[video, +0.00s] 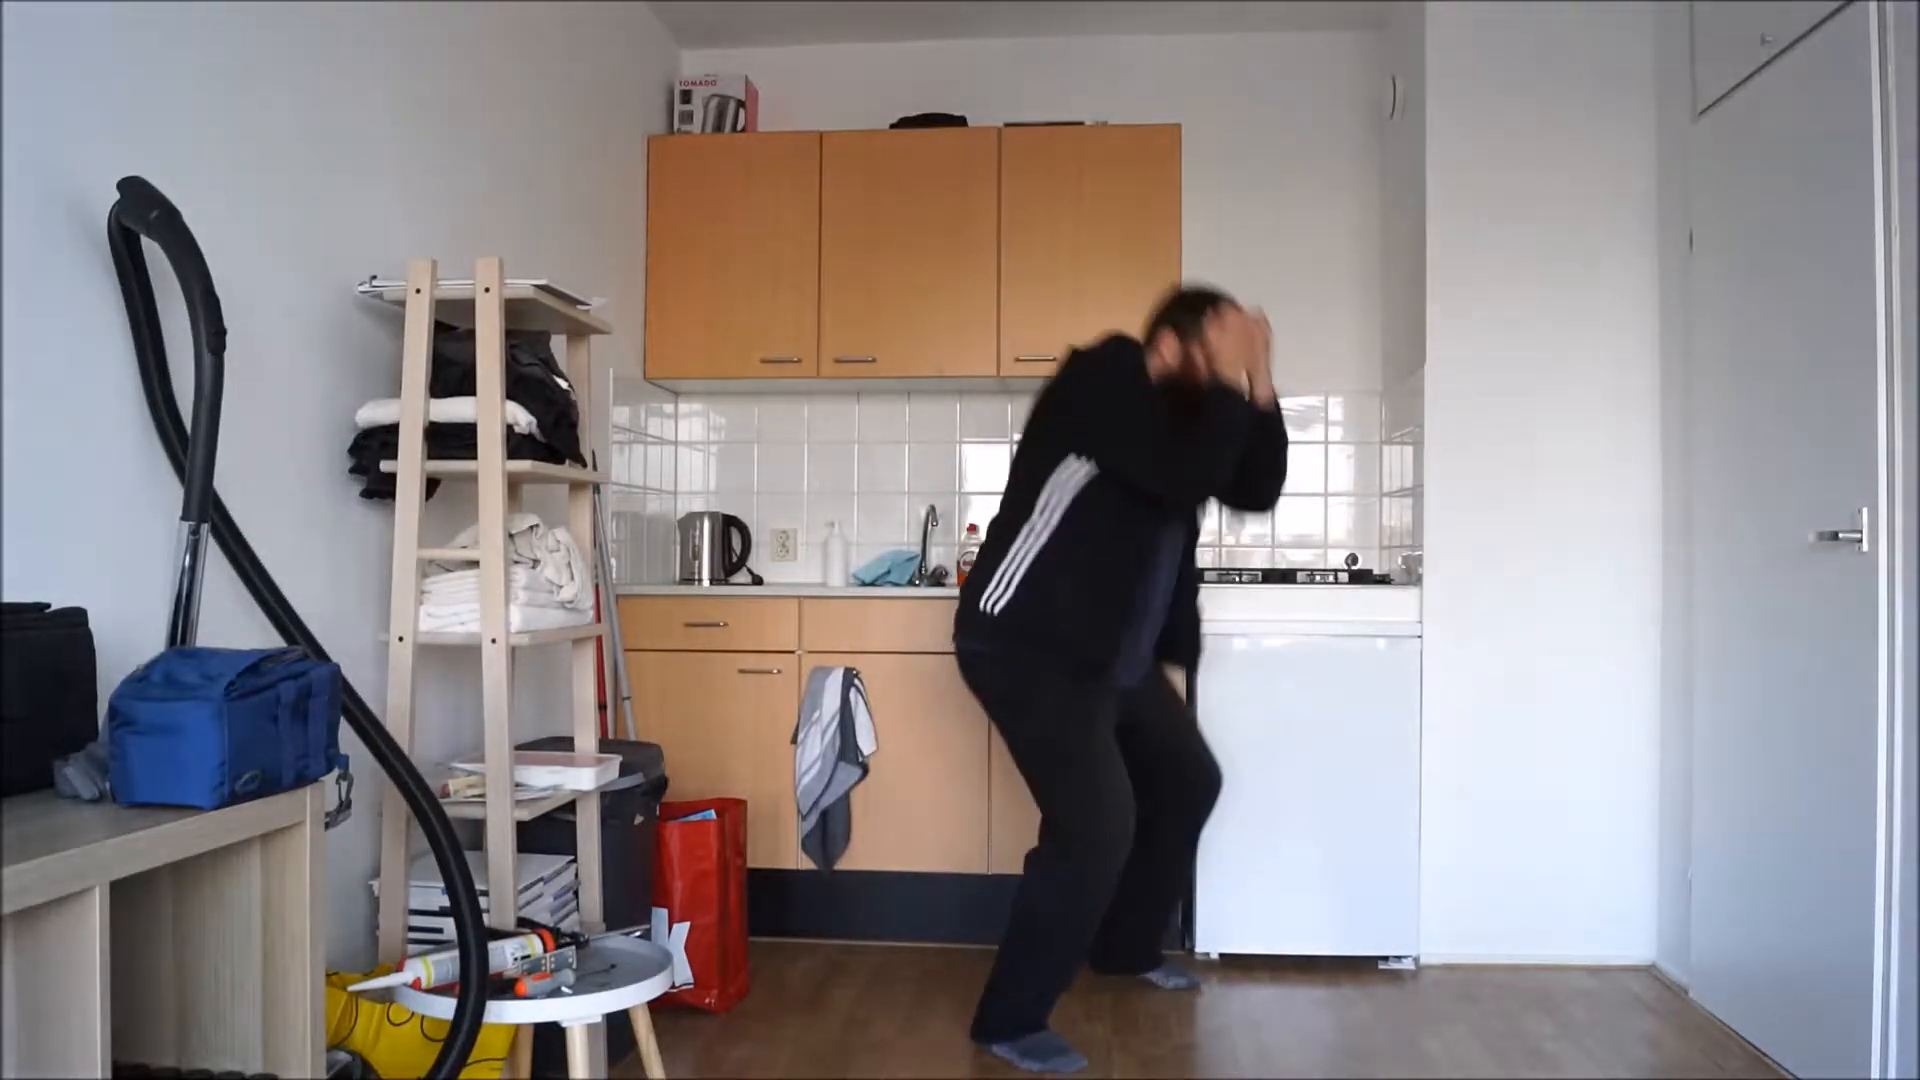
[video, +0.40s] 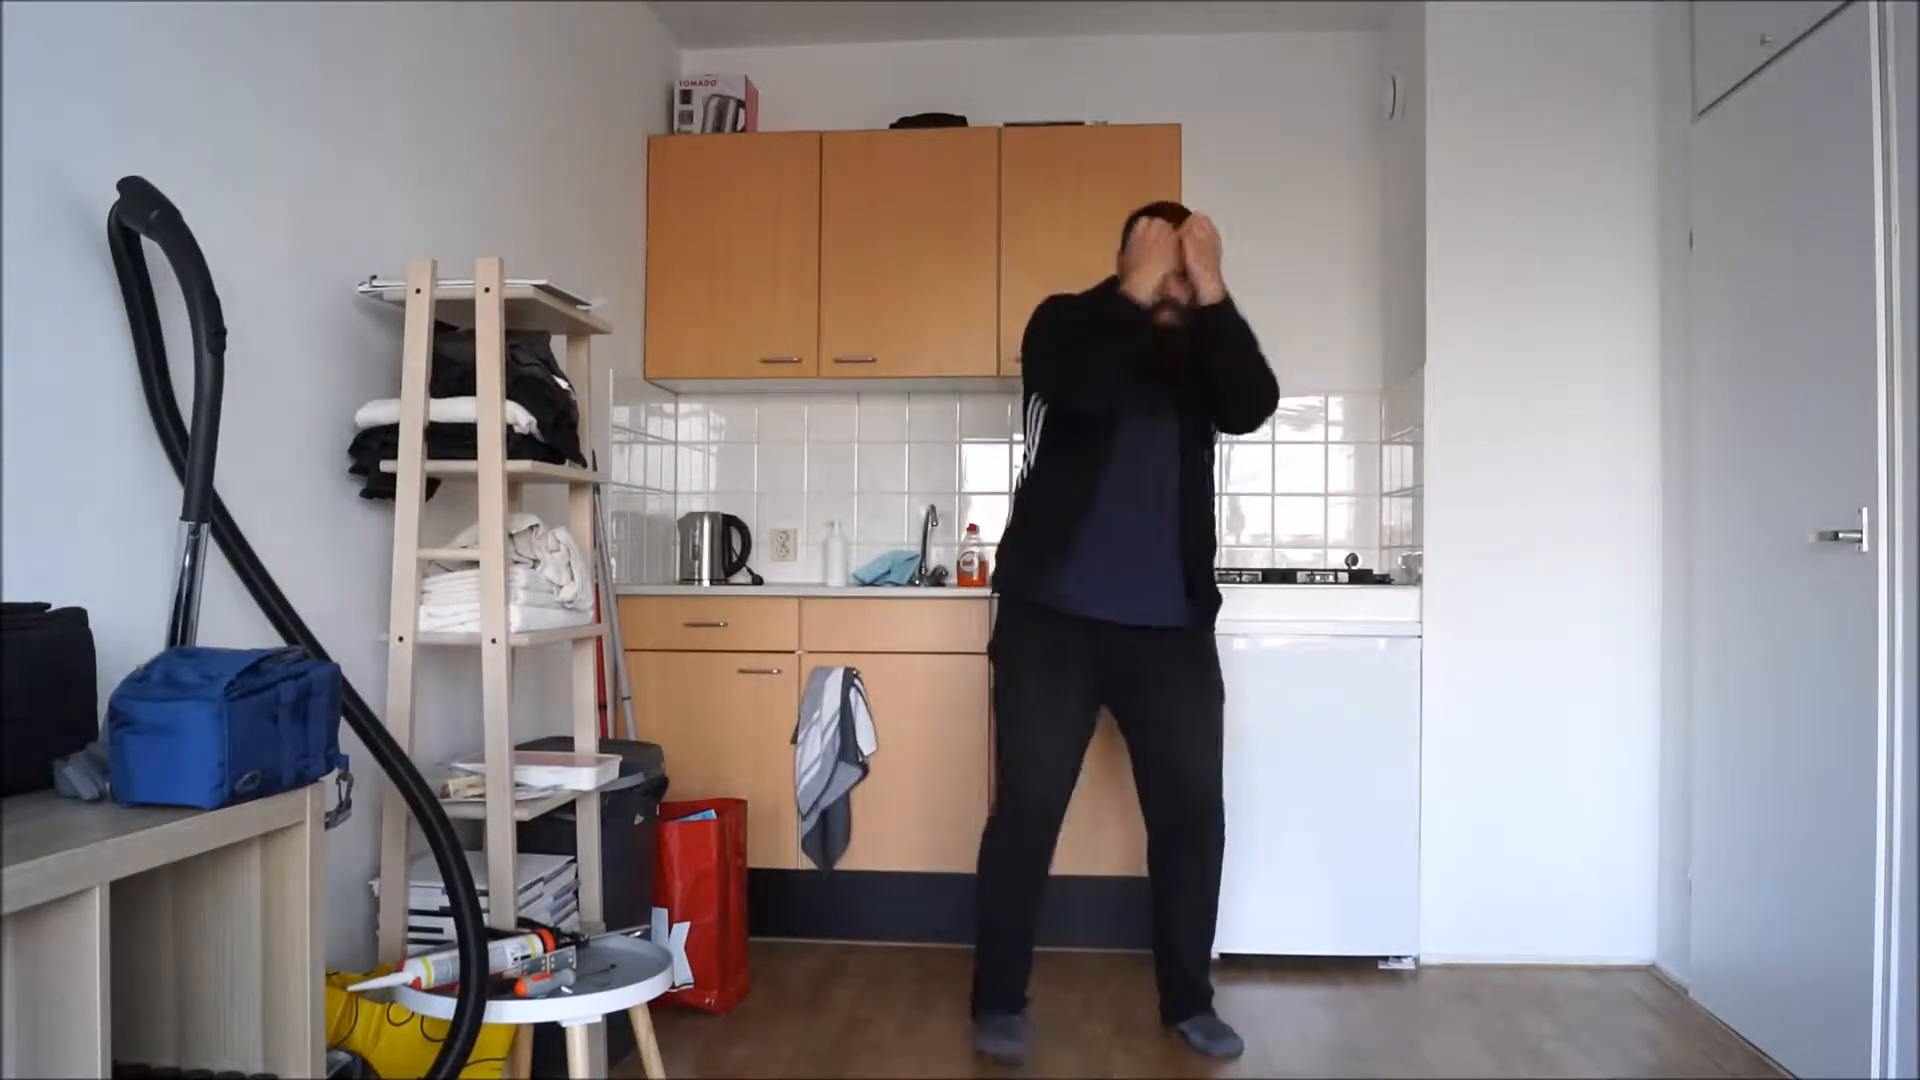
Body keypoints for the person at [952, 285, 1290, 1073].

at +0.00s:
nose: (1231, 372)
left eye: (1234, 362)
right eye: (1221, 358)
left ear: (1179, 354)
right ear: (1172, 344)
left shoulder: (1178, 410)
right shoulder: (1102, 377)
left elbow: (1258, 491)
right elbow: (1179, 476)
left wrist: (1261, 387)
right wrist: (1226, 385)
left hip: (1109, 654)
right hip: (1024, 645)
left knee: (1188, 780)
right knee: (1094, 822)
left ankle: (1126, 951)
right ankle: (1007, 1025)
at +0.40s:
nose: (1177, 268)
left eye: (1188, 258)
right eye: (1162, 251)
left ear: (1194, 273)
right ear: (1125, 258)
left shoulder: (1207, 342)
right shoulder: (1065, 319)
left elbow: (1251, 405)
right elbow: (1073, 386)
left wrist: (1213, 296)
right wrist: (1135, 292)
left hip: (1170, 626)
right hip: (1054, 618)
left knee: (1192, 821)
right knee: (1027, 812)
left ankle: (1189, 1003)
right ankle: (1000, 1003)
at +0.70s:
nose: (1046, 268)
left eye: (1062, 255)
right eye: (1036, 260)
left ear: (1100, 279)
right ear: (1026, 286)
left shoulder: (1157, 340)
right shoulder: (1014, 359)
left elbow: (1139, 418)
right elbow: (973, 435)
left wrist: (1083, 323)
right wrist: (1010, 329)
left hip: (1170, 633)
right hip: (1051, 636)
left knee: (1208, 804)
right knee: (1011, 801)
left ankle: (1217, 992)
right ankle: (995, 979)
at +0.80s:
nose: (1025, 342)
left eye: (1038, 327)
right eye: (1016, 333)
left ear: (1082, 325)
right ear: (1008, 341)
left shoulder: (1148, 372)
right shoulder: (1013, 398)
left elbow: (1124, 475)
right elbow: (972, 491)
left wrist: (1061, 380)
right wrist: (992, 383)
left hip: (1165, 645)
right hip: (1049, 649)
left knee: (1221, 810)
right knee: (1010, 807)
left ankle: (1251, 995)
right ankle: (995, 980)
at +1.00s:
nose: (1079, 440)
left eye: (1093, 428)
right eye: (1067, 431)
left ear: (1131, 416)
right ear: (1055, 423)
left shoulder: (1188, 439)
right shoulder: (1035, 446)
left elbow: (1176, 563)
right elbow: (1027, 578)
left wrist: (1122, 475)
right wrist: (1054, 480)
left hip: (1180, 673)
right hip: (1059, 675)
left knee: (1245, 826)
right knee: (1008, 822)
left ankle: (1260, 1004)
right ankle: (996, 979)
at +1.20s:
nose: (1195, 365)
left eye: (1209, 355)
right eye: (1183, 351)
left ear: (1226, 357)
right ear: (1154, 345)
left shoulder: (1242, 409)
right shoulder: (1101, 389)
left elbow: (1266, 504)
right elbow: (1100, 493)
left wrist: (1239, 402)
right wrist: (1160, 405)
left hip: (1193, 660)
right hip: (1079, 658)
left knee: (1257, 823)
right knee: (1030, 820)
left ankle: (1261, 1002)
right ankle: (999, 979)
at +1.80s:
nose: (1056, 398)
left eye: (1067, 385)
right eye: (1049, 389)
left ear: (1109, 375)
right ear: (1044, 387)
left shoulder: (1183, 411)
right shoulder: (1031, 418)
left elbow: (1160, 526)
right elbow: (1000, 537)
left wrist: (1098, 435)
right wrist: (1030, 440)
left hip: (1186, 667)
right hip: (1068, 662)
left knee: (1235, 828)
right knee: (1005, 809)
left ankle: (1259, 1001)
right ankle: (997, 978)